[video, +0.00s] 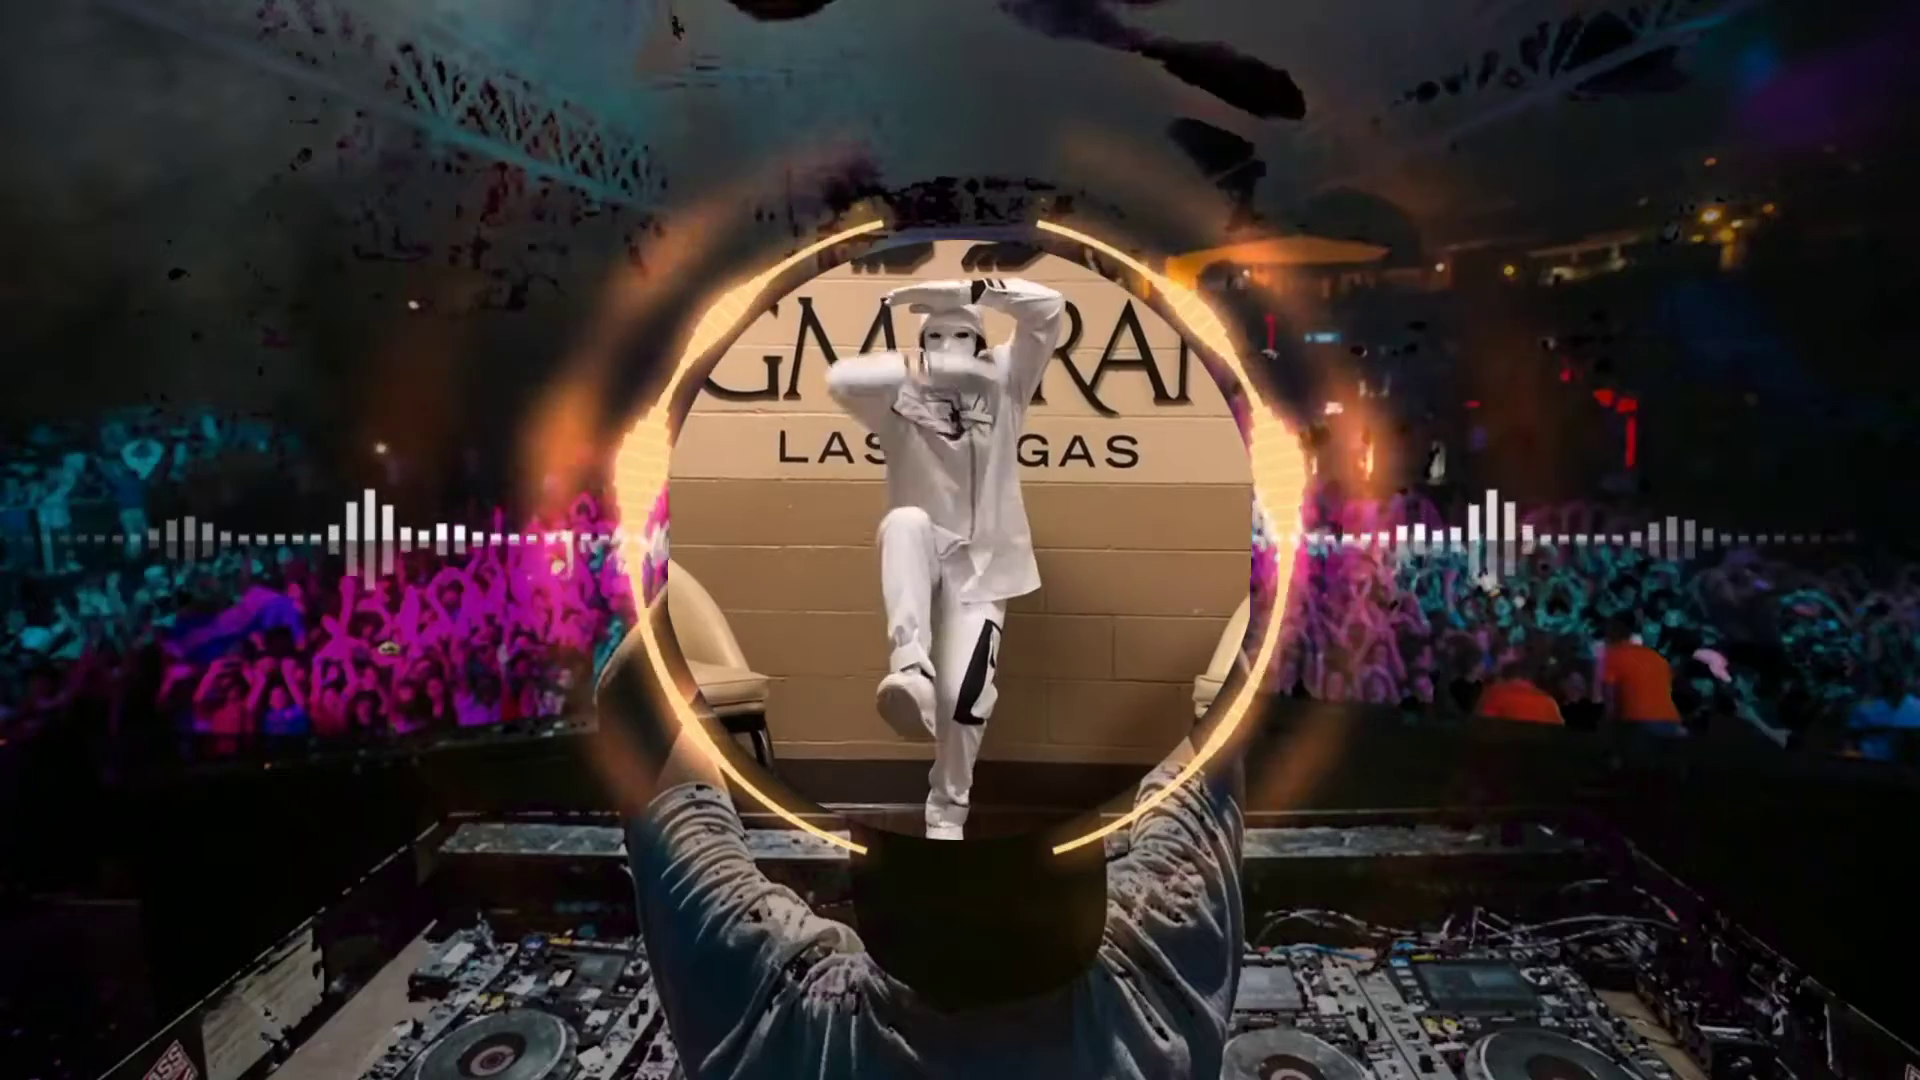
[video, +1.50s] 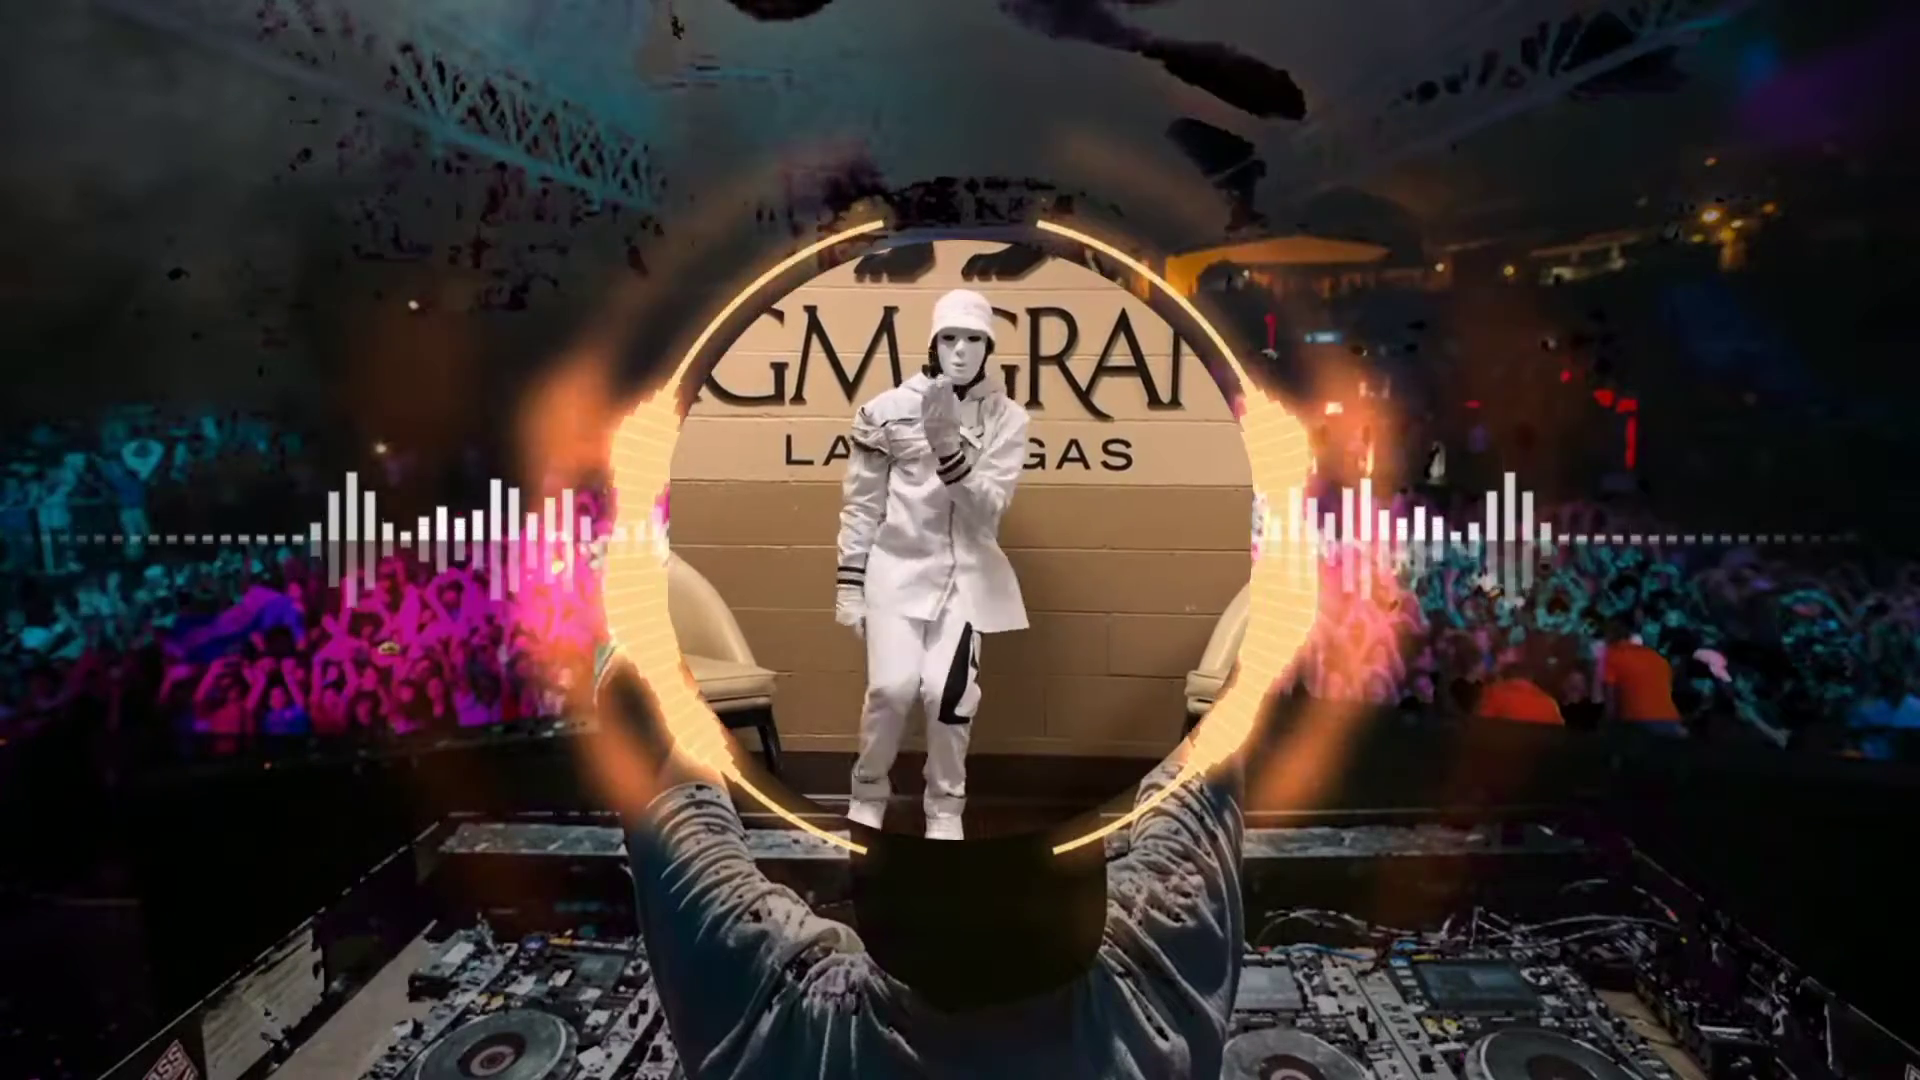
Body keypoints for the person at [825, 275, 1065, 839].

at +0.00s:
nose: (950, 347)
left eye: (961, 337)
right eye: (938, 337)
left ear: (979, 347)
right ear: (922, 350)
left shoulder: (1004, 386)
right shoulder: (896, 398)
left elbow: (1051, 311)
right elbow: (840, 381)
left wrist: (992, 290)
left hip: (982, 562)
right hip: (919, 556)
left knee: (966, 702)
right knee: (905, 519)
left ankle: (946, 819)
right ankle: (913, 676)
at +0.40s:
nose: (948, 350)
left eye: (960, 338)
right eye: (936, 339)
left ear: (977, 341)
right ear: (922, 346)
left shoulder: (1005, 378)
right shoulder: (897, 395)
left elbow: (1048, 296)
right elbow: (830, 372)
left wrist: (968, 275)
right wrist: (917, 376)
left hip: (986, 555)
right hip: (923, 552)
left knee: (962, 698)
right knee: (899, 532)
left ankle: (945, 818)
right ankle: (912, 689)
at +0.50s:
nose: (949, 351)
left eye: (961, 339)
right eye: (938, 340)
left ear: (978, 343)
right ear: (924, 345)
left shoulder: (1005, 379)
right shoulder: (893, 393)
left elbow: (1051, 301)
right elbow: (843, 451)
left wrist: (973, 277)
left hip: (987, 555)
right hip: (925, 550)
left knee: (964, 700)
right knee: (897, 538)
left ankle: (945, 820)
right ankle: (913, 695)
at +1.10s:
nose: (968, 353)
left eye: (979, 343)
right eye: (957, 341)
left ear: (994, 350)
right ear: (936, 344)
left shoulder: (1002, 405)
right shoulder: (886, 414)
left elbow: (1041, 367)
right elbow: (866, 502)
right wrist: (863, 572)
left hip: (980, 564)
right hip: (907, 544)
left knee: (966, 705)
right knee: (945, 567)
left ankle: (946, 816)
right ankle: (936, 718)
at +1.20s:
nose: (960, 349)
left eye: (972, 338)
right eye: (950, 337)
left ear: (988, 346)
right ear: (933, 342)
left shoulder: (1003, 395)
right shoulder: (886, 413)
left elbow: (1037, 430)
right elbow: (865, 506)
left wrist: (972, 449)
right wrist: (863, 581)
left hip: (983, 561)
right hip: (907, 546)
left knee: (963, 694)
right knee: (942, 567)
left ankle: (945, 814)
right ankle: (933, 716)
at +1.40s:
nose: (957, 350)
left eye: (969, 339)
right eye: (947, 337)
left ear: (984, 346)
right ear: (930, 342)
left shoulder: (1006, 411)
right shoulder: (887, 412)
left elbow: (1009, 499)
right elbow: (864, 504)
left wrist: (961, 482)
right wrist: (867, 580)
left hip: (978, 551)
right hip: (909, 543)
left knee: (963, 679)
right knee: (926, 597)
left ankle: (945, 809)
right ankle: (918, 744)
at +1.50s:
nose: (960, 350)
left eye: (972, 340)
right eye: (951, 338)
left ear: (987, 349)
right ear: (934, 345)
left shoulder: (1006, 419)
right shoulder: (887, 412)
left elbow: (992, 508)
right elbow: (862, 505)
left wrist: (949, 444)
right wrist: (850, 583)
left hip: (965, 580)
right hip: (895, 577)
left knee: (951, 697)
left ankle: (945, 815)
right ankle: (867, 802)